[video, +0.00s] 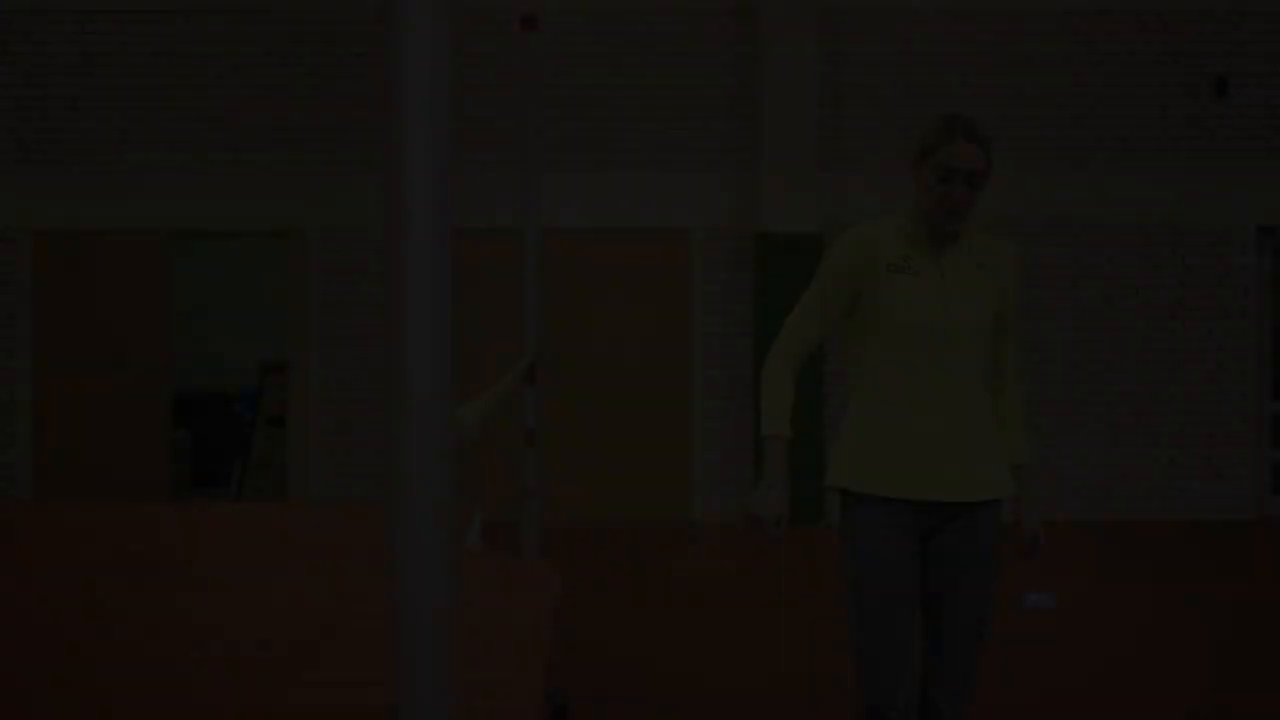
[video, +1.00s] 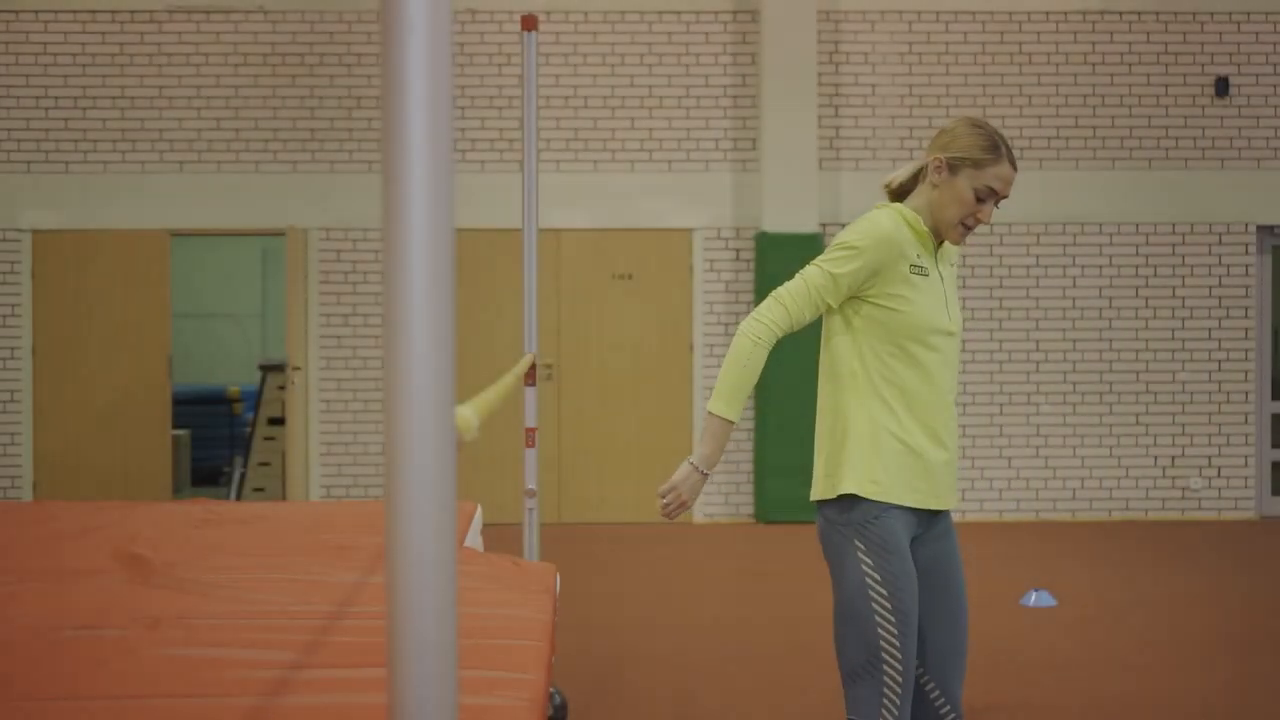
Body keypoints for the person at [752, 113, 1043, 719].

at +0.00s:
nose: (956, 193)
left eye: (970, 180)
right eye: (944, 177)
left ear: (983, 187)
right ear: (918, 176)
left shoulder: (994, 263)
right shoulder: (868, 251)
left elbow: (1006, 378)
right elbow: (787, 358)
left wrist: (1018, 481)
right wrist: (778, 466)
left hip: (969, 491)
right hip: (878, 488)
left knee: (955, 668)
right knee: (886, 665)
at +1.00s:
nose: (986, 215)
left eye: (996, 204)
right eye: (983, 195)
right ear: (938, 169)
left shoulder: (941, 254)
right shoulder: (880, 235)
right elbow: (762, 325)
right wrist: (702, 461)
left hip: (928, 504)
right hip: (865, 501)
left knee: (939, 703)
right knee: (884, 702)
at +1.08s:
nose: (987, 218)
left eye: (996, 206)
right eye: (985, 198)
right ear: (940, 171)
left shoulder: (932, 254)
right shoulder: (882, 234)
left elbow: (891, 384)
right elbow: (763, 323)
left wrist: (835, 497)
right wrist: (700, 453)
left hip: (920, 505)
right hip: (862, 503)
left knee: (936, 704)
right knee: (880, 704)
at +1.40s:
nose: (989, 227)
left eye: (999, 216)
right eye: (990, 207)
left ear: (947, 182)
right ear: (948, 177)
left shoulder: (909, 246)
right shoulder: (888, 234)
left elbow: (816, 348)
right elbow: (771, 315)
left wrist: (763, 451)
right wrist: (681, 434)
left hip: (893, 510)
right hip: (843, 510)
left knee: (926, 707)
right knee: (852, 710)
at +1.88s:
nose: (989, 240)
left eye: (999, 229)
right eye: (994, 222)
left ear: (955, 192)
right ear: (957, 188)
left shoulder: (898, 246)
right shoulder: (891, 240)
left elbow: (777, 325)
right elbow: (775, 308)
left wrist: (678, 404)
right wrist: (654, 405)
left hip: (850, 509)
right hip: (817, 509)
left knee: (920, 702)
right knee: (814, 709)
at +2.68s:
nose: (980, 252)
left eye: (992, 241)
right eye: (988, 233)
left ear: (950, 198)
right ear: (956, 198)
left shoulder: (878, 236)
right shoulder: (894, 242)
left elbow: (764, 304)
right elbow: (773, 303)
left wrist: (641, 372)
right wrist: (648, 381)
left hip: (798, 501)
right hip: (804, 504)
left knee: (819, 703)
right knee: (820, 704)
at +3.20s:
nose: (979, 256)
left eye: (990, 246)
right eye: (987, 238)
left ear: (948, 201)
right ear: (955, 202)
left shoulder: (873, 238)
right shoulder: (895, 246)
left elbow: (760, 303)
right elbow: (774, 304)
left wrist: (638, 370)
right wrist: (650, 386)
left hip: (769, 500)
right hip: (793, 505)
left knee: (776, 706)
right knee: (827, 704)